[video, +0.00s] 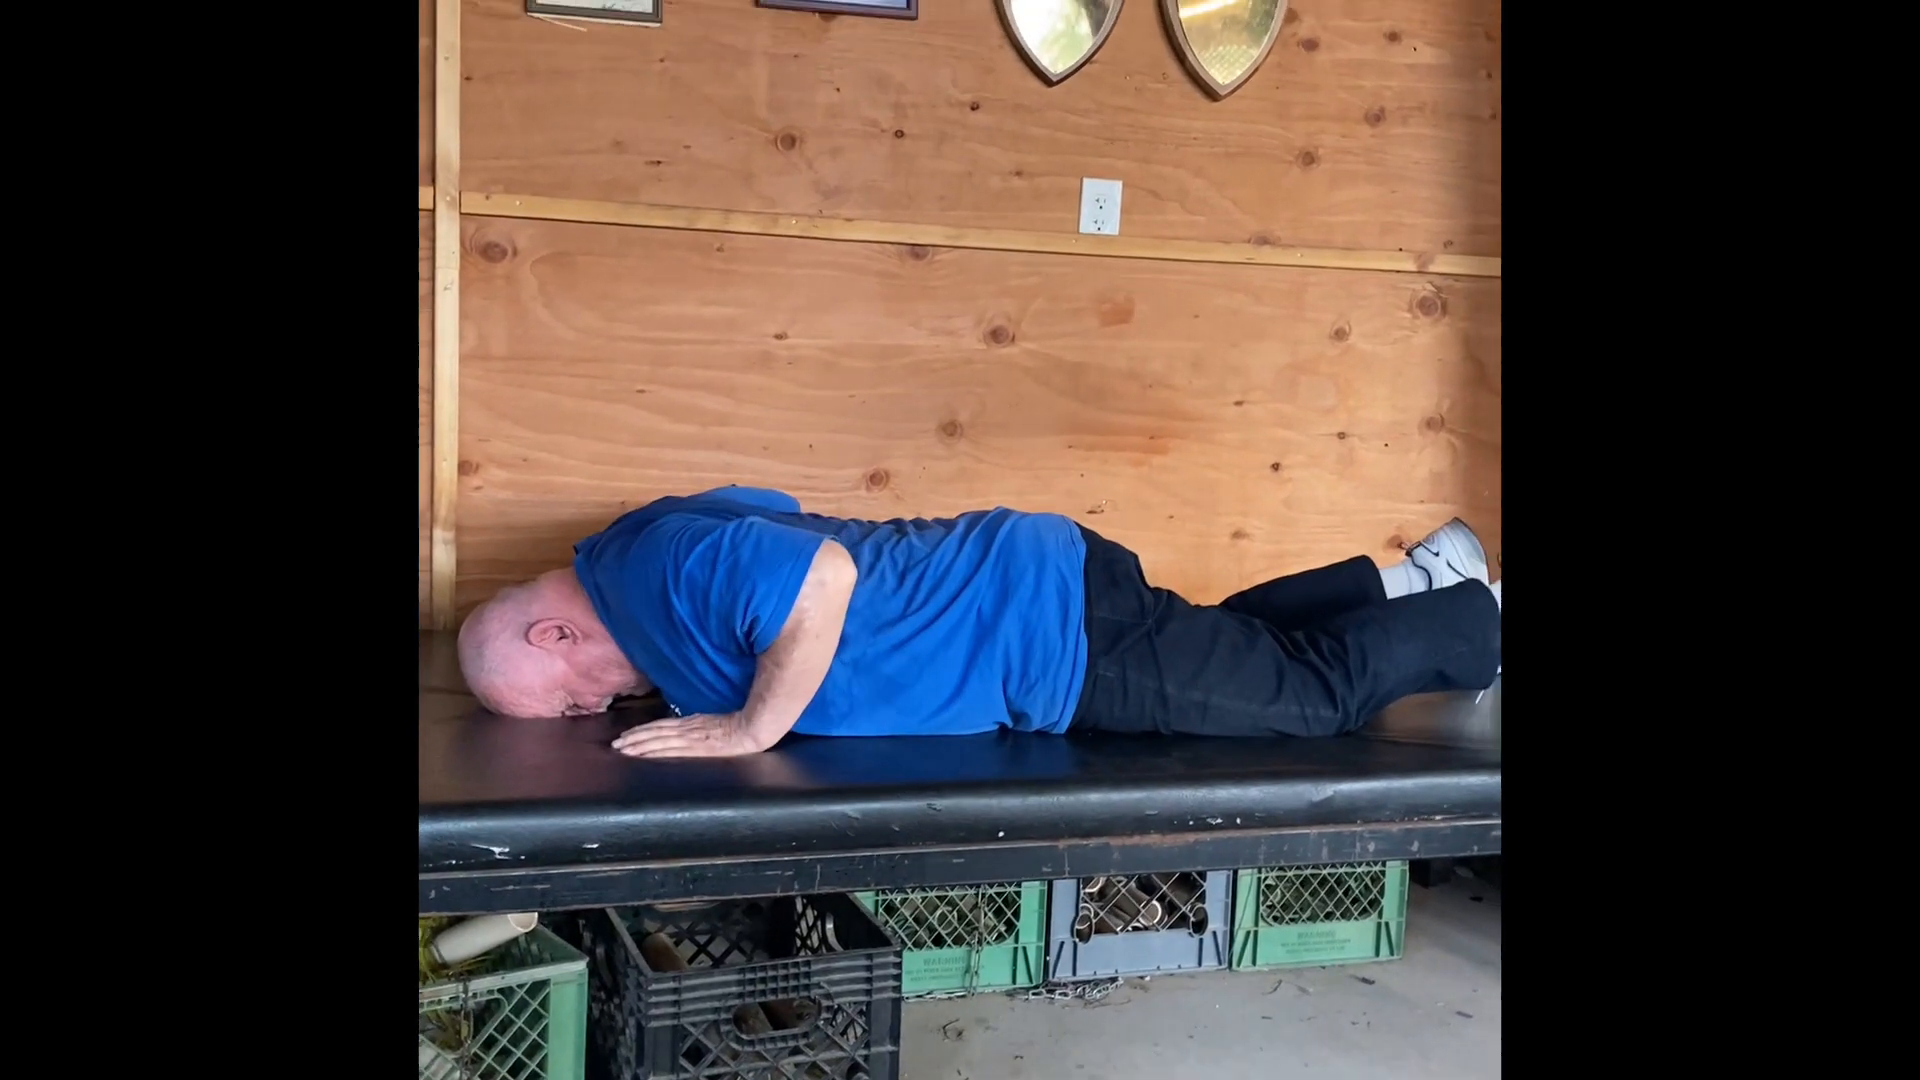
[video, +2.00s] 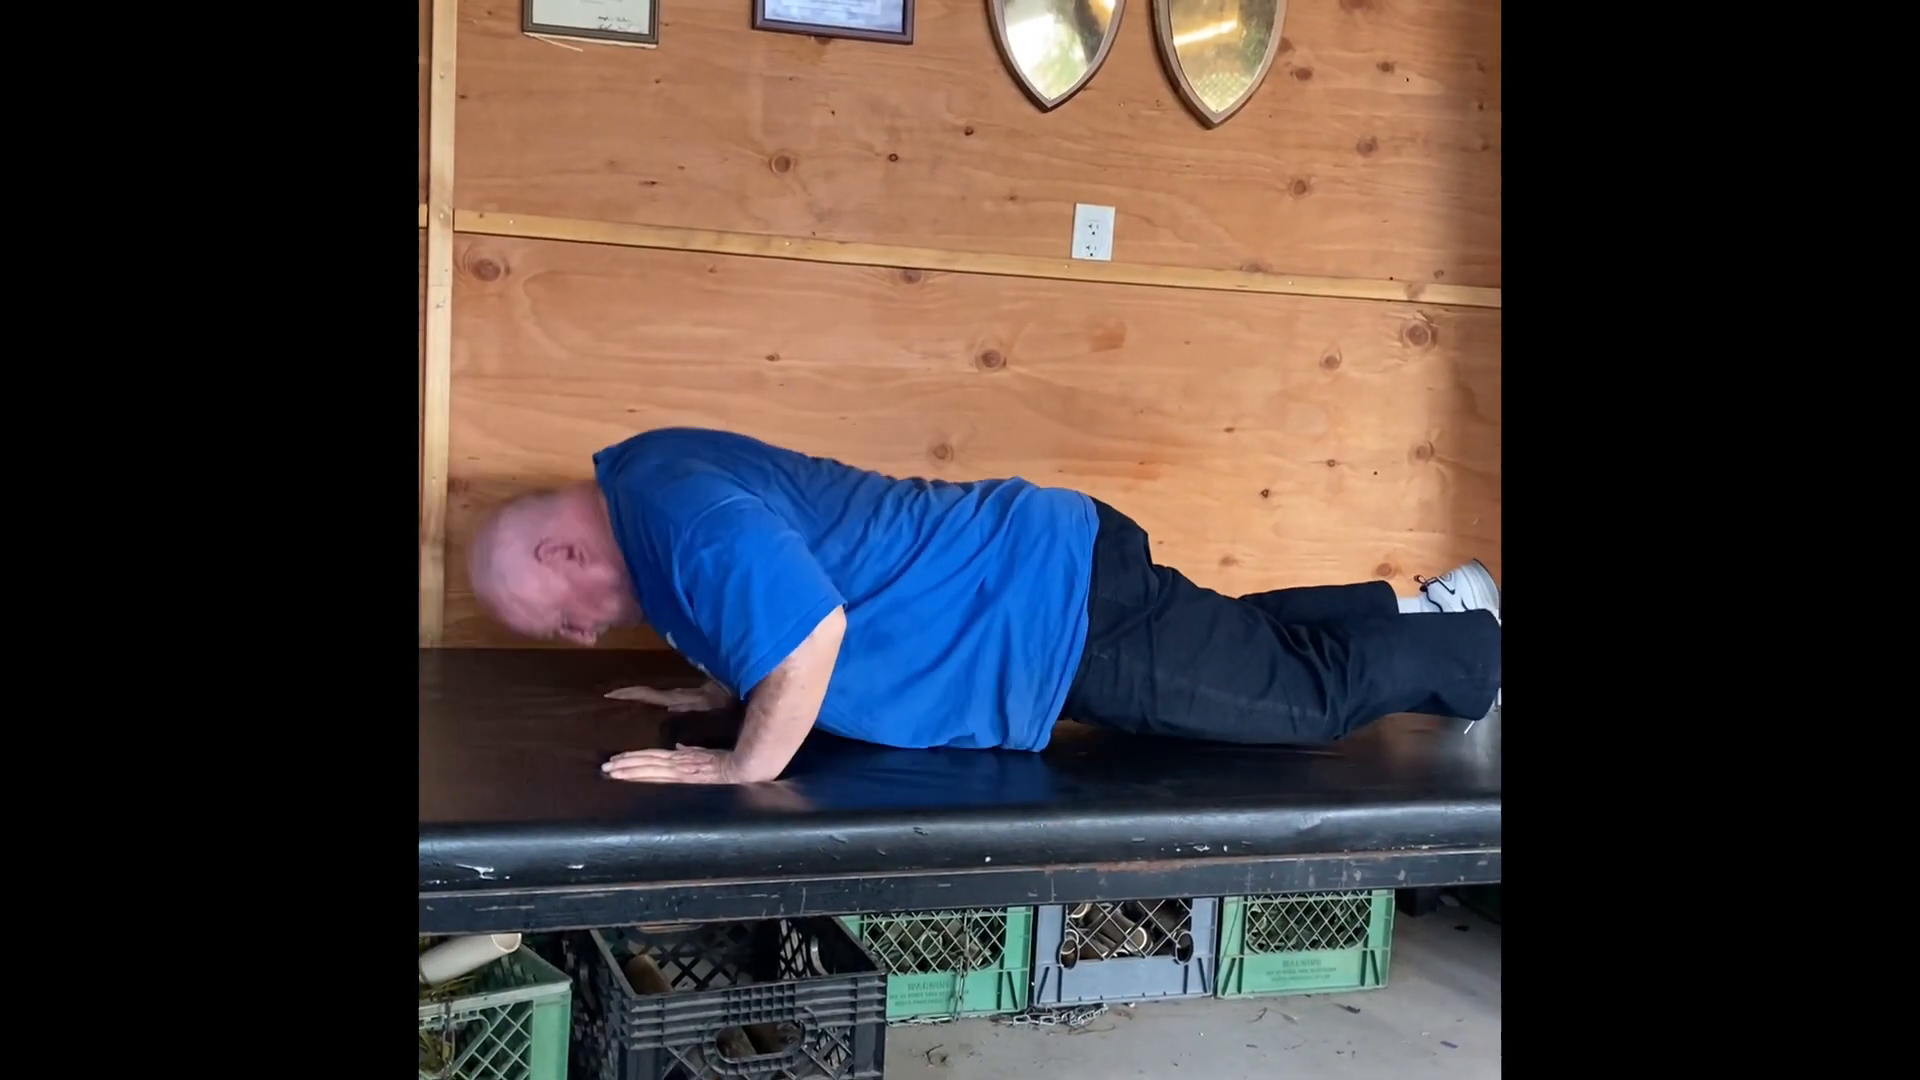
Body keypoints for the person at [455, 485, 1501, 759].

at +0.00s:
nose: (586, 710)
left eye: (558, 701)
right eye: (561, 707)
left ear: (546, 635)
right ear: (548, 627)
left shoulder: (657, 567)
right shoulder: (640, 580)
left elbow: (826, 574)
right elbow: (819, 550)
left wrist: (750, 728)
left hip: (1052, 624)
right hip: (1030, 626)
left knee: (1315, 689)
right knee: (1245, 662)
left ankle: (1481, 622)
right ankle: (1420, 572)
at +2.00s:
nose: (591, 622)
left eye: (568, 613)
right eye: (570, 619)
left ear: (566, 557)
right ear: (559, 528)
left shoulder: (683, 518)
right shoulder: (641, 487)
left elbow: (807, 633)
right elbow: (780, 599)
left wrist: (740, 771)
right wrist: (722, 693)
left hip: (1060, 607)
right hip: (1033, 586)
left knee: (1306, 687)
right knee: (1262, 654)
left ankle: (1479, 648)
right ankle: (1435, 612)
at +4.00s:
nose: (525, 658)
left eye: (502, 648)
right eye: (504, 659)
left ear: (498, 584)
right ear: (498, 577)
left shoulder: (625, 552)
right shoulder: (584, 541)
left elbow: (728, 665)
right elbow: (700, 654)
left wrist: (670, 802)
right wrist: (629, 721)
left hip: (984, 660)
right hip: (955, 680)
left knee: (1215, 755)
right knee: (1172, 710)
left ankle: (1428, 710)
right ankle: (1366, 673)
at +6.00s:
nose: (478, 701)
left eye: (460, 683)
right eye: (461, 695)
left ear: (471, 620)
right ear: (475, 626)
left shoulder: (603, 593)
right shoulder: (558, 608)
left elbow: (694, 737)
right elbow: (674, 726)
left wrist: (625, 867)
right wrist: (601, 787)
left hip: (954, 723)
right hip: (922, 766)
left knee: (1186, 824)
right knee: (1142, 783)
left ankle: (1408, 775)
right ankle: (1341, 738)